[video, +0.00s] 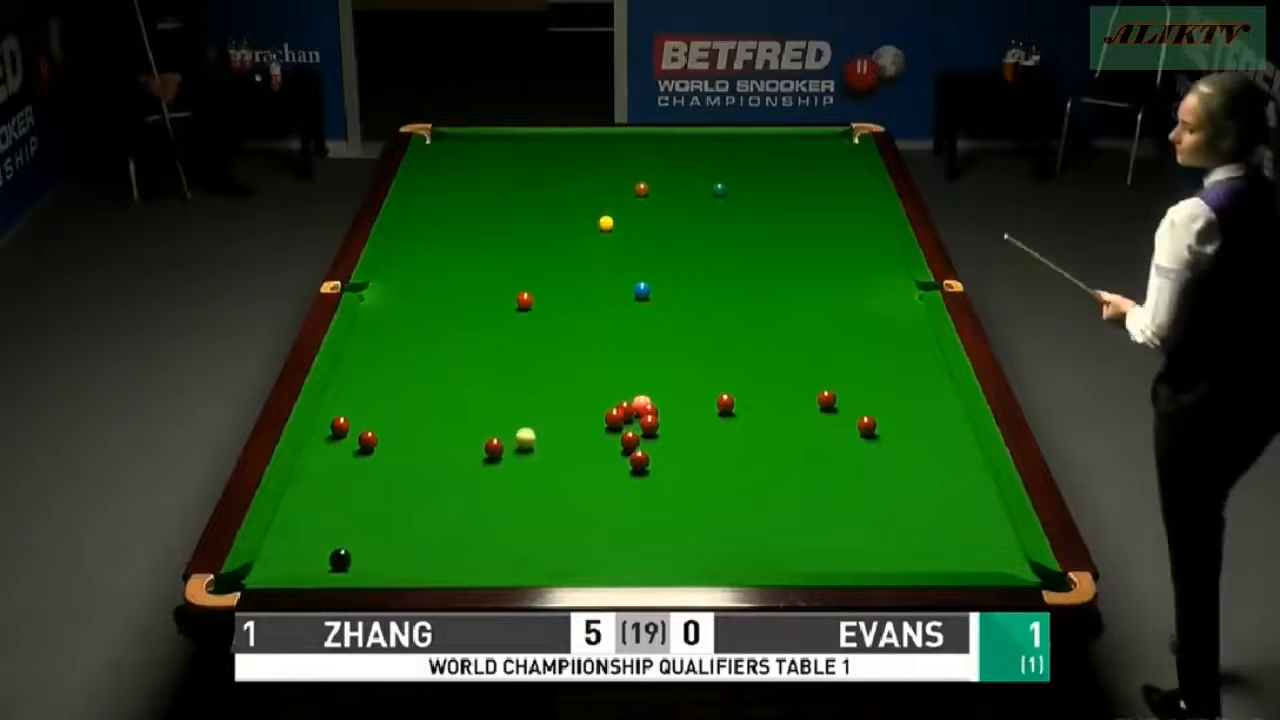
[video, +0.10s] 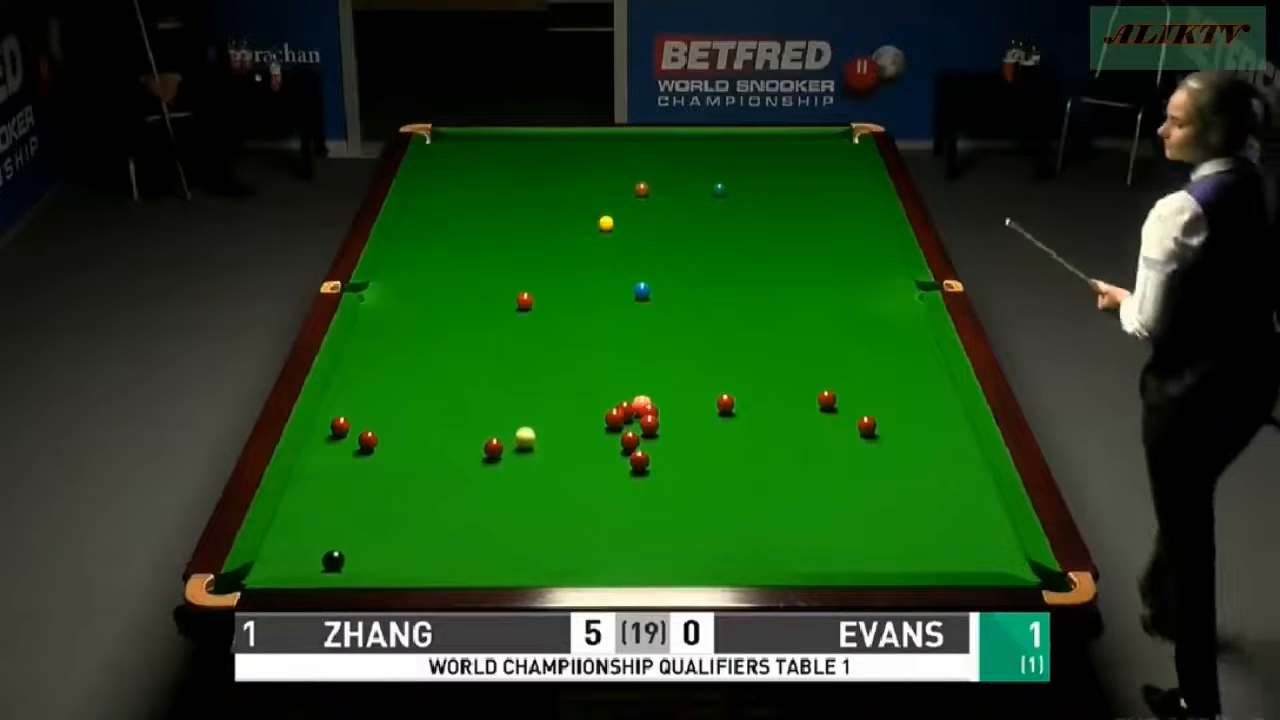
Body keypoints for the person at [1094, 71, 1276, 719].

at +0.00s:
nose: (1175, 131)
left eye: (1186, 125)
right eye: (1180, 119)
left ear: (1220, 137)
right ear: (1238, 136)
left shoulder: (1190, 218)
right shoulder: (1268, 196)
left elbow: (1156, 329)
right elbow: (1241, 298)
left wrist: (1123, 310)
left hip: (1195, 401)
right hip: (1258, 392)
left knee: (1192, 546)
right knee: (1201, 518)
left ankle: (1197, 694)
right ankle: (1201, 650)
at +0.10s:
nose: (1164, 127)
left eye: (1175, 120)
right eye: (1169, 116)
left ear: (1208, 131)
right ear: (1223, 131)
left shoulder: (1176, 213)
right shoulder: (1255, 189)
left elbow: (1148, 324)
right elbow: (1240, 291)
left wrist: (1118, 300)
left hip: (1184, 396)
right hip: (1247, 385)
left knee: (1189, 536)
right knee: (1184, 502)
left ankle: (1197, 693)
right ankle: (1165, 607)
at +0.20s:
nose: (1148, 121)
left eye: (1160, 115)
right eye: (1152, 110)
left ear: (1191, 126)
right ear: (1211, 126)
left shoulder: (1161, 203)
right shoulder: (1246, 180)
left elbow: (1131, 312)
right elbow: (1260, 289)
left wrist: (1111, 284)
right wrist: (1238, 332)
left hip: (1166, 378)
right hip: (1231, 368)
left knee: (1178, 535)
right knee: (1168, 471)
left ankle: (1193, 692)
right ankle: (1139, 564)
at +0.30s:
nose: (1138, 110)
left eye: (1149, 104)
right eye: (1142, 100)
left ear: (1180, 114)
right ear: (1200, 114)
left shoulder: (1152, 189)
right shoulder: (1241, 169)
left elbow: (1125, 294)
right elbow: (1267, 261)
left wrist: (1100, 270)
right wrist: (1231, 303)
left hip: (1154, 352)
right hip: (1220, 344)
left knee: (1156, 501)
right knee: (1154, 461)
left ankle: (1185, 669)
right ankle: (1126, 568)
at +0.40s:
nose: (1127, 91)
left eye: (1138, 84)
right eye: (1130, 81)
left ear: (1174, 93)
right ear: (1187, 91)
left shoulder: (1143, 163)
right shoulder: (1230, 145)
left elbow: (1113, 268)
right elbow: (1259, 235)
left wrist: (1086, 244)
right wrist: (1214, 274)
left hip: (1139, 331)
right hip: (1202, 322)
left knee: (1111, 460)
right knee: (1156, 446)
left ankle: (1152, 598)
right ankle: (1127, 565)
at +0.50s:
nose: (1118, 83)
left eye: (1128, 75)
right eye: (1120, 72)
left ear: (1161, 83)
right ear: (1174, 82)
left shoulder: (1134, 153)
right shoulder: (1222, 138)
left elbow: (1104, 256)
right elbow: (1255, 220)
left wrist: (1074, 231)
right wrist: (1209, 261)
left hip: (1129, 316)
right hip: (1194, 312)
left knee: (1095, 432)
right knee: (1154, 439)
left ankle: (1124, 571)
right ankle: (1133, 574)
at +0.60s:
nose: (1105, 72)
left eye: (1114, 64)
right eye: (1107, 61)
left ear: (1144, 72)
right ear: (1163, 71)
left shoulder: (1119, 141)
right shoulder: (1210, 130)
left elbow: (1094, 240)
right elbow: (1255, 199)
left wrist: (1057, 221)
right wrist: (1204, 245)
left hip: (1112, 302)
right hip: (1176, 302)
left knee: (1079, 411)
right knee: (1146, 429)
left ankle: (1075, 552)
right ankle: (1127, 570)